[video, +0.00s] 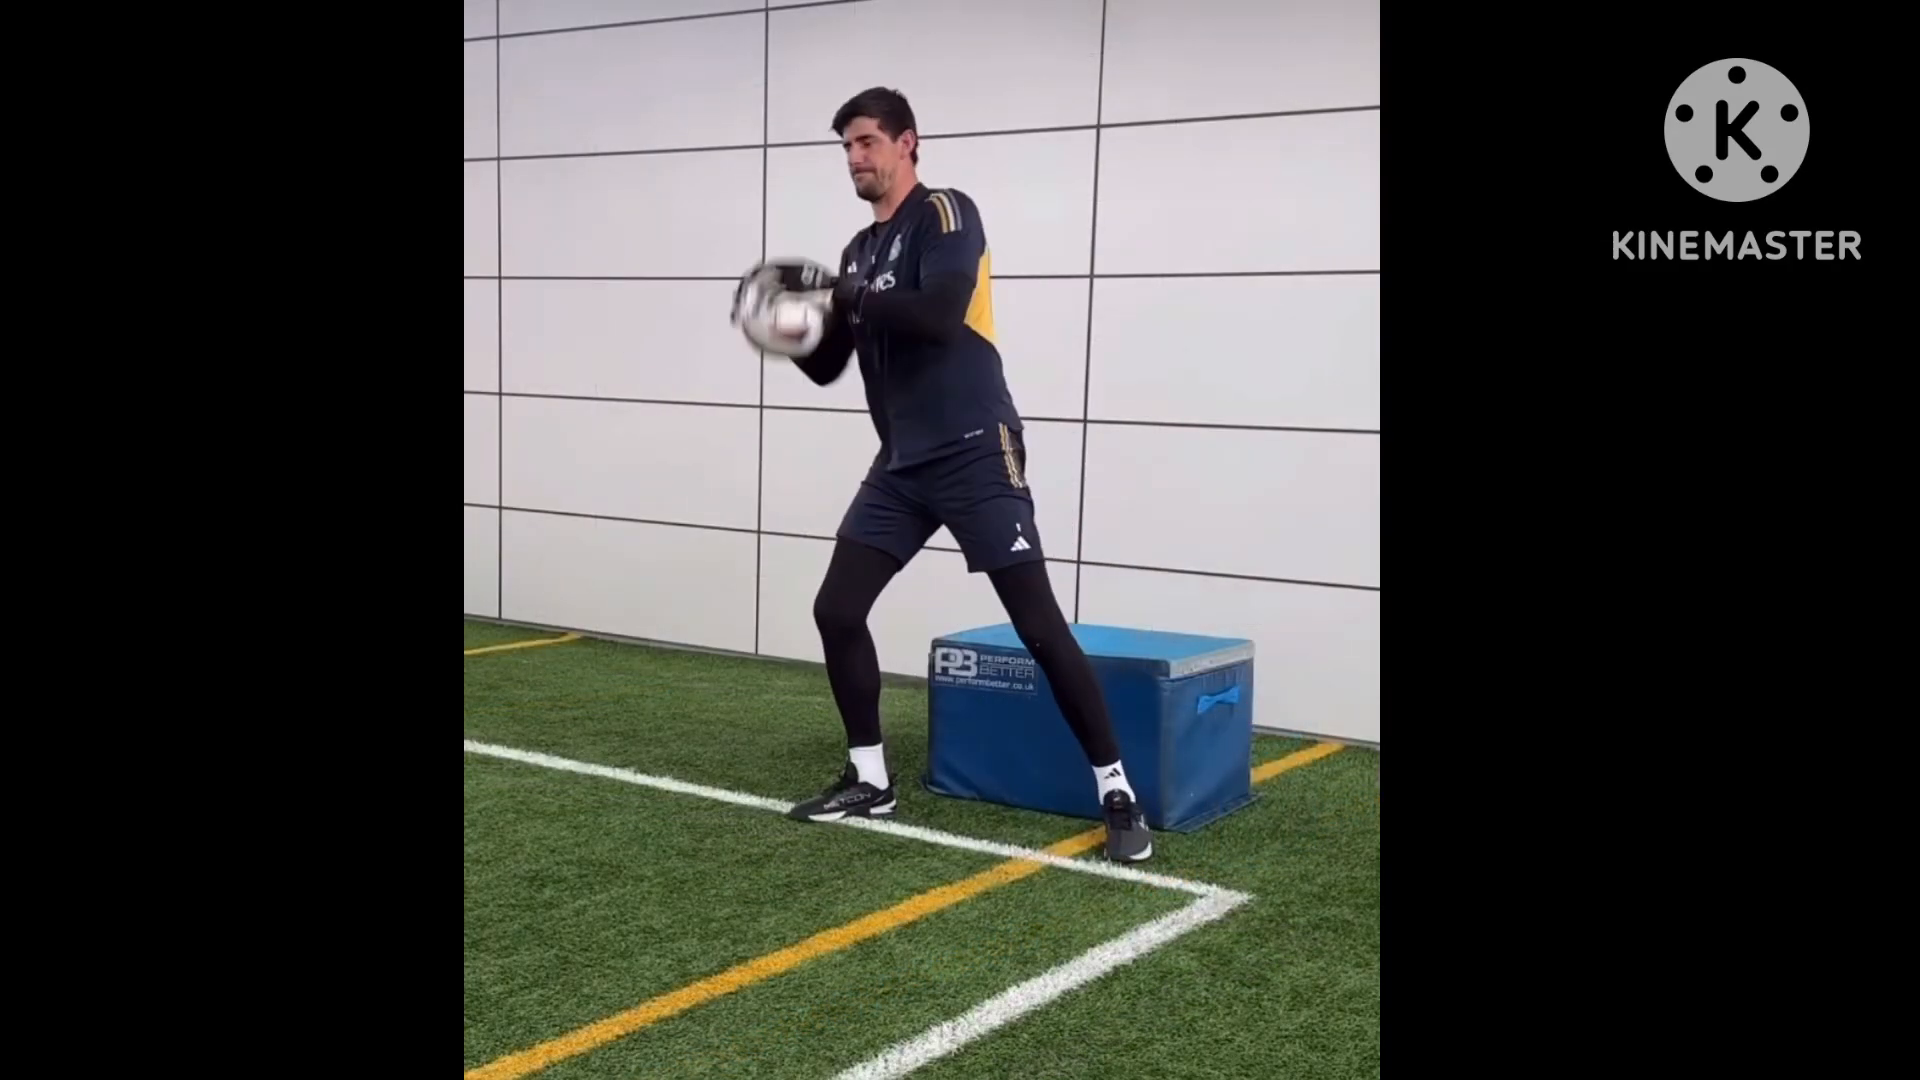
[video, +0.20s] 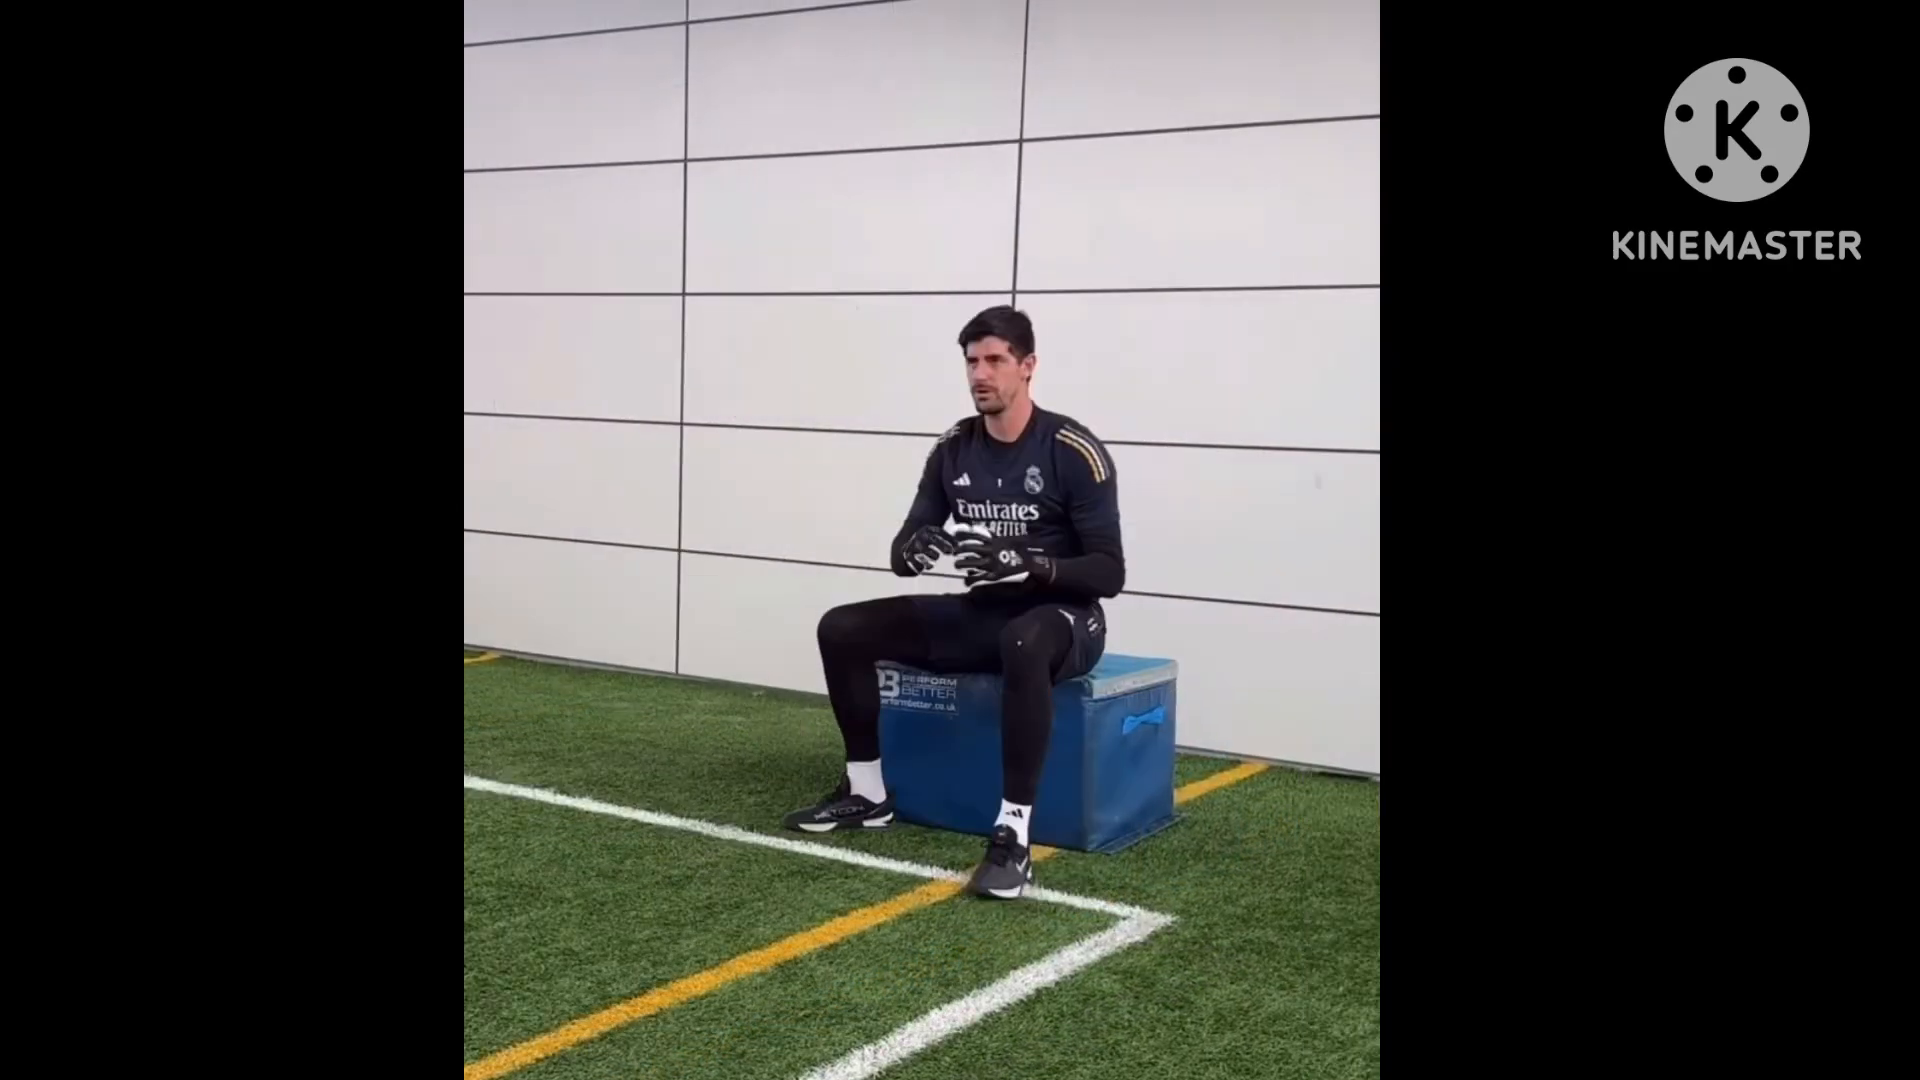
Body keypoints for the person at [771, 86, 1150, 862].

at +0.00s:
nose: (855, 158)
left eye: (867, 142)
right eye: (848, 147)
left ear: (907, 145)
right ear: (848, 158)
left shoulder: (948, 211)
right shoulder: (859, 251)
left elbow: (937, 315)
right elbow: (824, 365)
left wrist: (844, 296)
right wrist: (786, 326)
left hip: (977, 450)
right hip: (901, 462)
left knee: (1039, 625)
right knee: (837, 610)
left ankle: (1118, 793)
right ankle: (870, 782)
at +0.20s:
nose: (980, 374)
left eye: (994, 362)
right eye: (972, 363)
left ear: (1028, 366)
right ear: (965, 369)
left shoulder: (1075, 452)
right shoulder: (953, 451)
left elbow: (1109, 571)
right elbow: (907, 545)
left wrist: (1031, 565)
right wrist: (915, 549)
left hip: (1064, 615)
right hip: (979, 613)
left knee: (1025, 641)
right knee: (841, 629)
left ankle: (1011, 839)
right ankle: (866, 794)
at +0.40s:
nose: (988, 383)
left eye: (1002, 370)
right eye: (981, 371)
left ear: (1037, 377)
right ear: (974, 378)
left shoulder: (1078, 462)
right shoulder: (959, 458)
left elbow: (1107, 581)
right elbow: (896, 565)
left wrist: (1028, 564)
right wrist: (908, 547)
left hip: (1066, 623)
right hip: (982, 619)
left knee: (1021, 642)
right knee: (839, 626)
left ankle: (1010, 839)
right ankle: (866, 794)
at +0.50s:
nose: (980, 385)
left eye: (994, 373)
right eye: (973, 373)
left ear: (1028, 381)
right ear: (966, 381)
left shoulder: (1068, 462)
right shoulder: (951, 460)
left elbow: (1098, 574)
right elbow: (874, 553)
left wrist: (1015, 564)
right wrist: (886, 540)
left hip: (1064, 621)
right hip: (980, 616)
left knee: (1019, 641)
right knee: (839, 626)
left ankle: (1010, 838)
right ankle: (865, 794)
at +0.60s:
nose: (959, 393)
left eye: (974, 380)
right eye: (952, 380)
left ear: (1008, 388)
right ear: (944, 387)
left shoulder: (1043, 452)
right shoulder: (930, 456)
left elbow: (1085, 528)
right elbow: (827, 497)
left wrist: (995, 524)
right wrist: (863, 483)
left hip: (1063, 620)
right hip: (977, 617)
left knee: (1019, 643)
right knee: (840, 628)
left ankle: (1011, 837)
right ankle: (866, 796)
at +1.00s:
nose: (916, 242)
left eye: (932, 228)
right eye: (909, 229)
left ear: (970, 236)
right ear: (903, 241)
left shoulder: (1024, 331)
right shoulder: (888, 336)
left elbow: (1107, 437)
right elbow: (829, 414)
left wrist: (1076, 504)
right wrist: (781, 476)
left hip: (1026, 522)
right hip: (946, 524)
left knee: (998, 657)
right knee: (830, 645)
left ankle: (1009, 838)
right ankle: (865, 798)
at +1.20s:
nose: (847, 230)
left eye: (859, 218)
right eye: (839, 219)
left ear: (887, 223)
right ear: (832, 224)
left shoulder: (920, 302)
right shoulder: (812, 295)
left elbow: (961, 401)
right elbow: (764, 362)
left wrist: (906, 392)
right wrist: (753, 367)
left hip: (897, 489)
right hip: (830, 485)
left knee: (883, 624)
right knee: (781, 612)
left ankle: (893, 770)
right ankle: (781, 741)